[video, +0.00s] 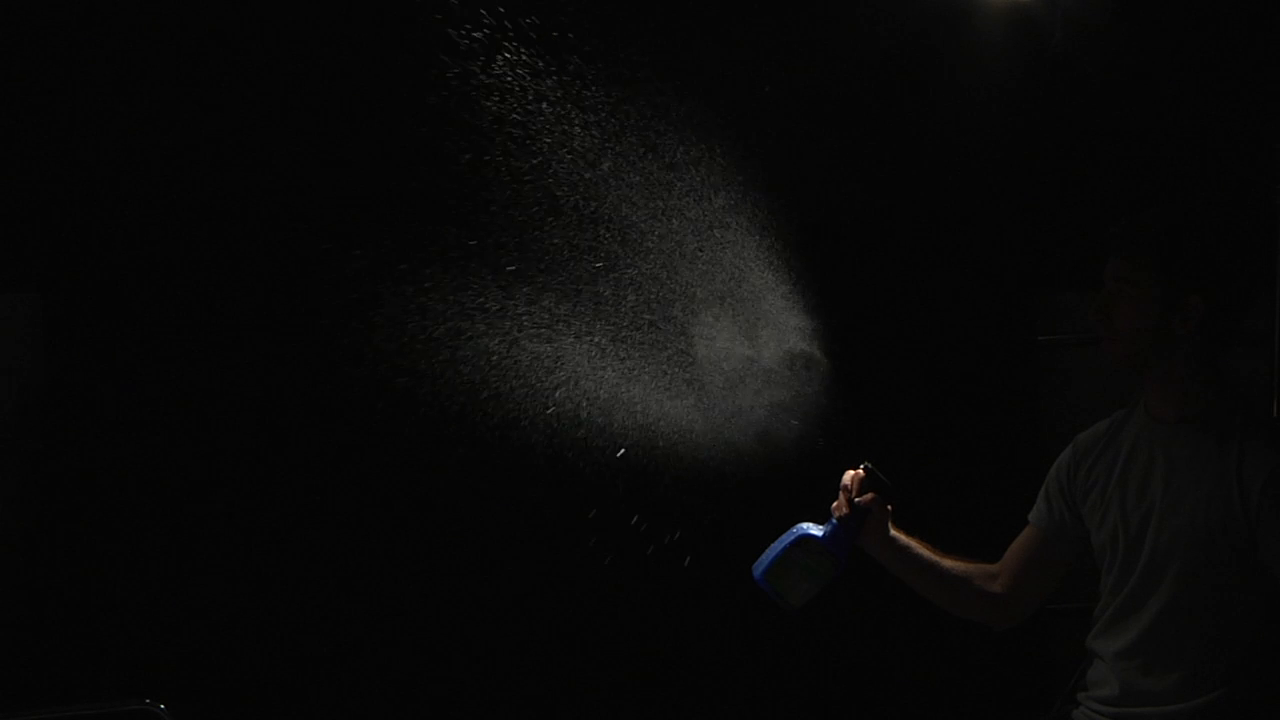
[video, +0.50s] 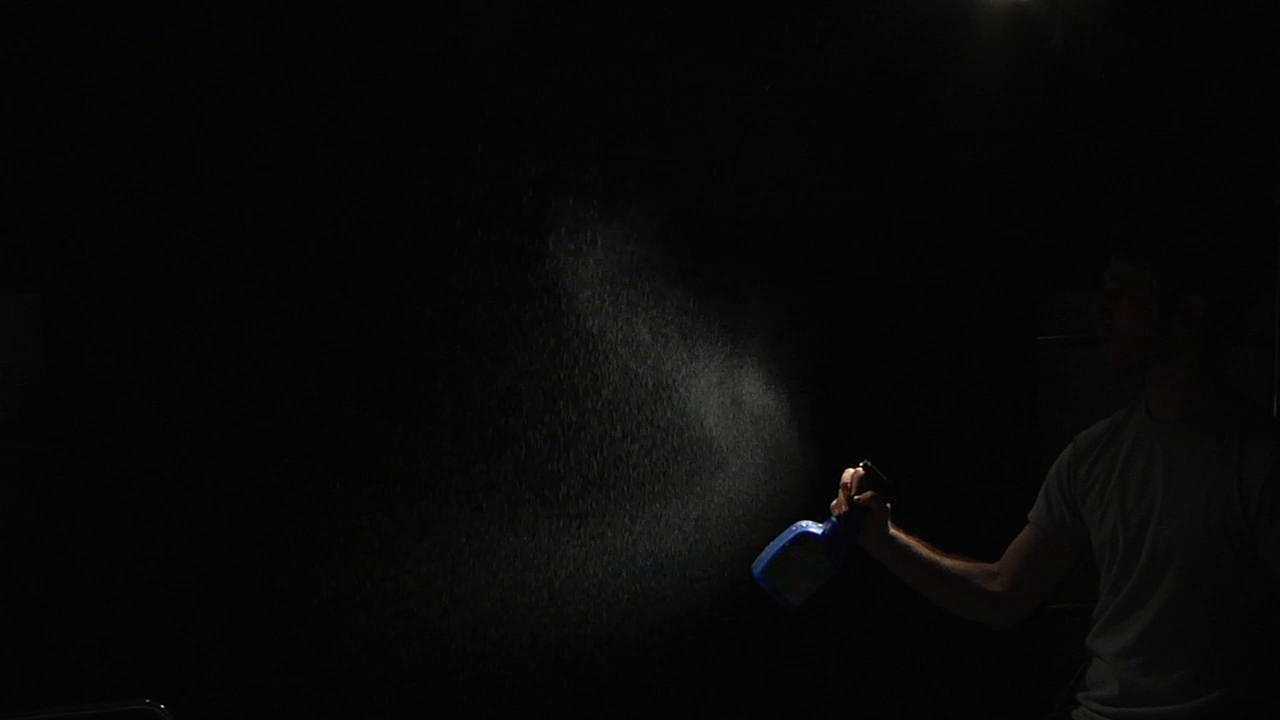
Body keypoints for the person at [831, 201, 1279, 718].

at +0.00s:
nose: (1105, 312)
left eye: (1126, 294)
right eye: (1109, 293)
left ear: (1185, 310)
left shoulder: (1253, 445)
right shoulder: (1094, 457)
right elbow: (1003, 592)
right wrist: (885, 539)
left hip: (1221, 698)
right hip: (1106, 699)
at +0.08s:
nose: (1104, 312)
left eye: (1125, 293)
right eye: (1108, 292)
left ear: (1185, 309)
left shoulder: (1253, 445)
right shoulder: (1094, 457)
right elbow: (1003, 592)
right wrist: (884, 538)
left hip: (1225, 698)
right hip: (1107, 700)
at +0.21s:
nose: (1106, 314)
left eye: (1126, 295)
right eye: (1109, 295)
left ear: (1185, 310)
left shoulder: (1252, 443)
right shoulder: (1094, 457)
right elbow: (1003, 592)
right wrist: (884, 539)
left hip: (1221, 699)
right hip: (1106, 701)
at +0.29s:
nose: (1104, 312)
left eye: (1123, 293)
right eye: (1108, 293)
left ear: (1184, 308)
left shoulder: (1251, 441)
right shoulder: (1094, 456)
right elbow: (1002, 593)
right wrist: (883, 538)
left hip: (1224, 697)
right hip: (1108, 700)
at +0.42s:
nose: (1105, 313)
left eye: (1125, 293)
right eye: (1110, 292)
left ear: (1185, 309)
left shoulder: (1251, 443)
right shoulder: (1094, 456)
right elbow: (1004, 590)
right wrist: (883, 538)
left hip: (1222, 698)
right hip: (1106, 701)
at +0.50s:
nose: (1107, 312)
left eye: (1125, 293)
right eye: (1111, 293)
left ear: (1186, 309)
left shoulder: (1253, 445)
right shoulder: (1094, 456)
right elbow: (1003, 591)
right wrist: (884, 538)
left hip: (1223, 697)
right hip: (1106, 700)